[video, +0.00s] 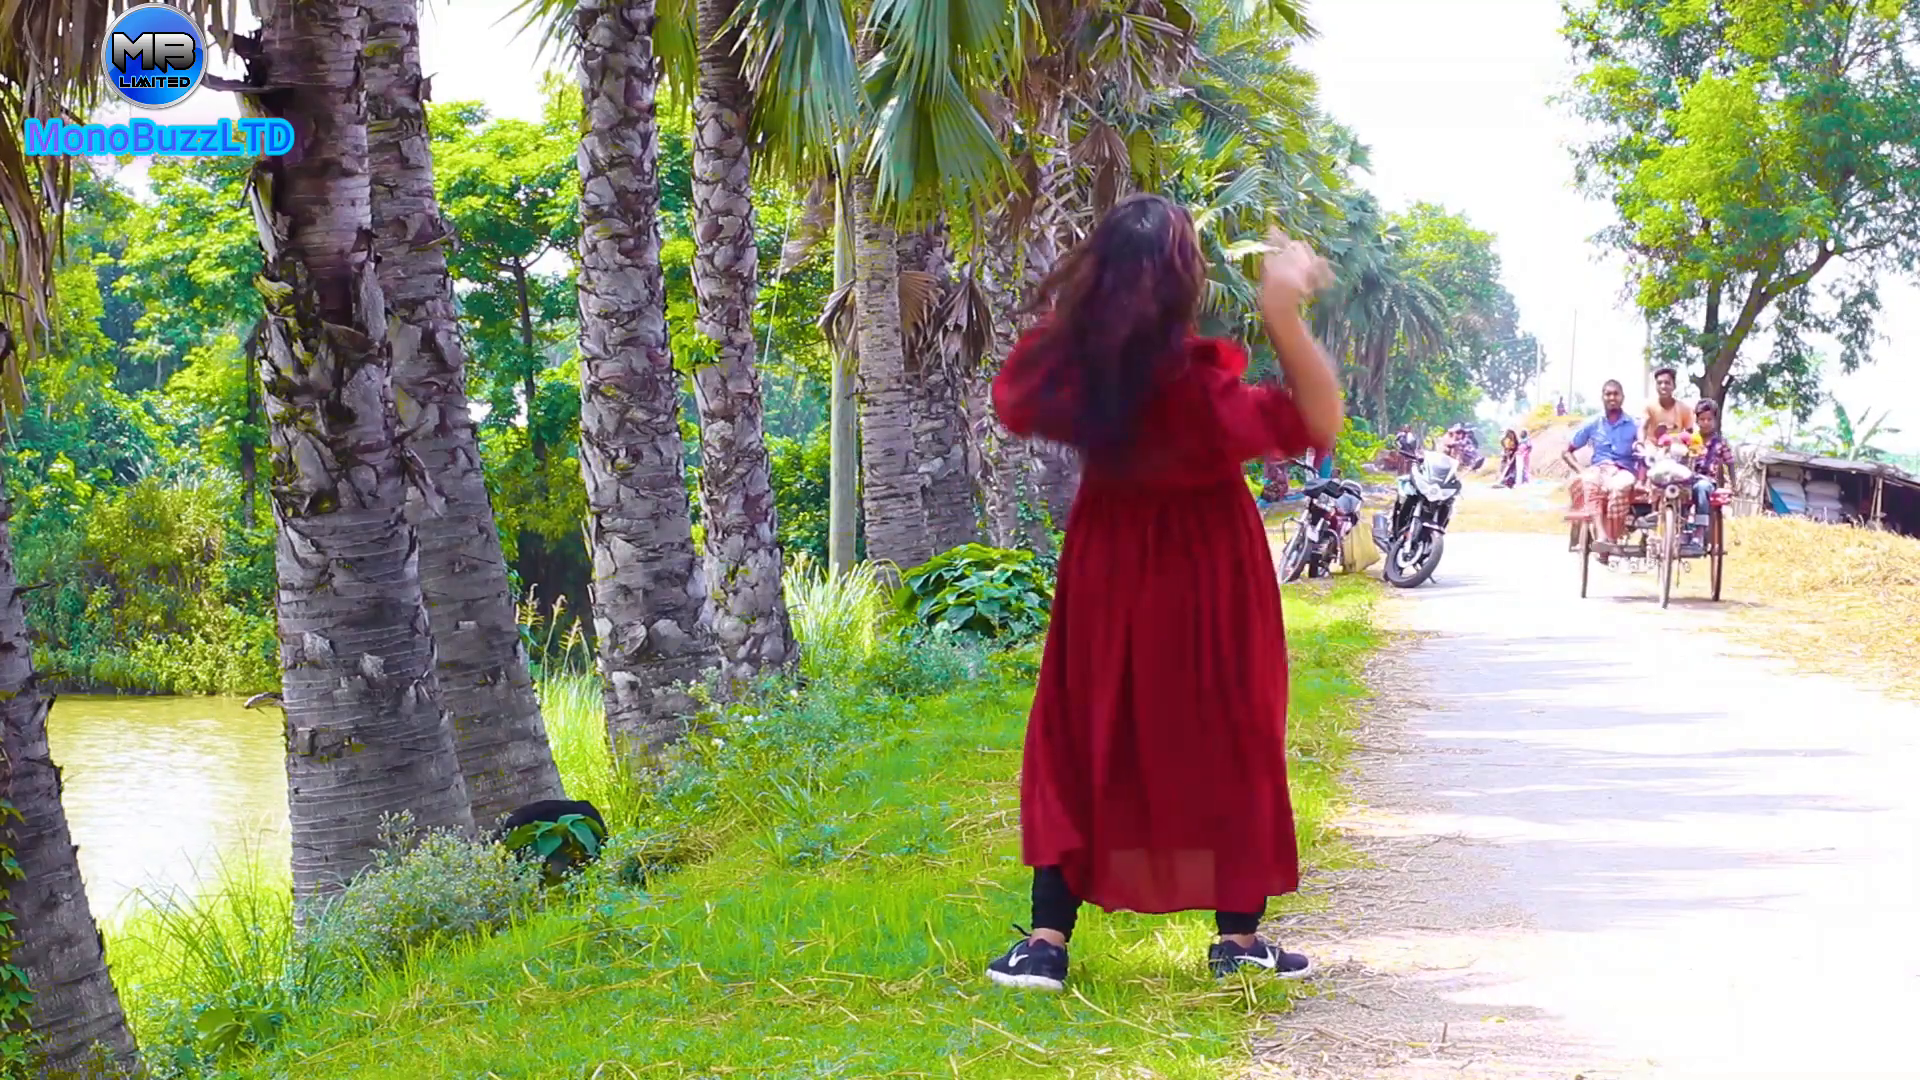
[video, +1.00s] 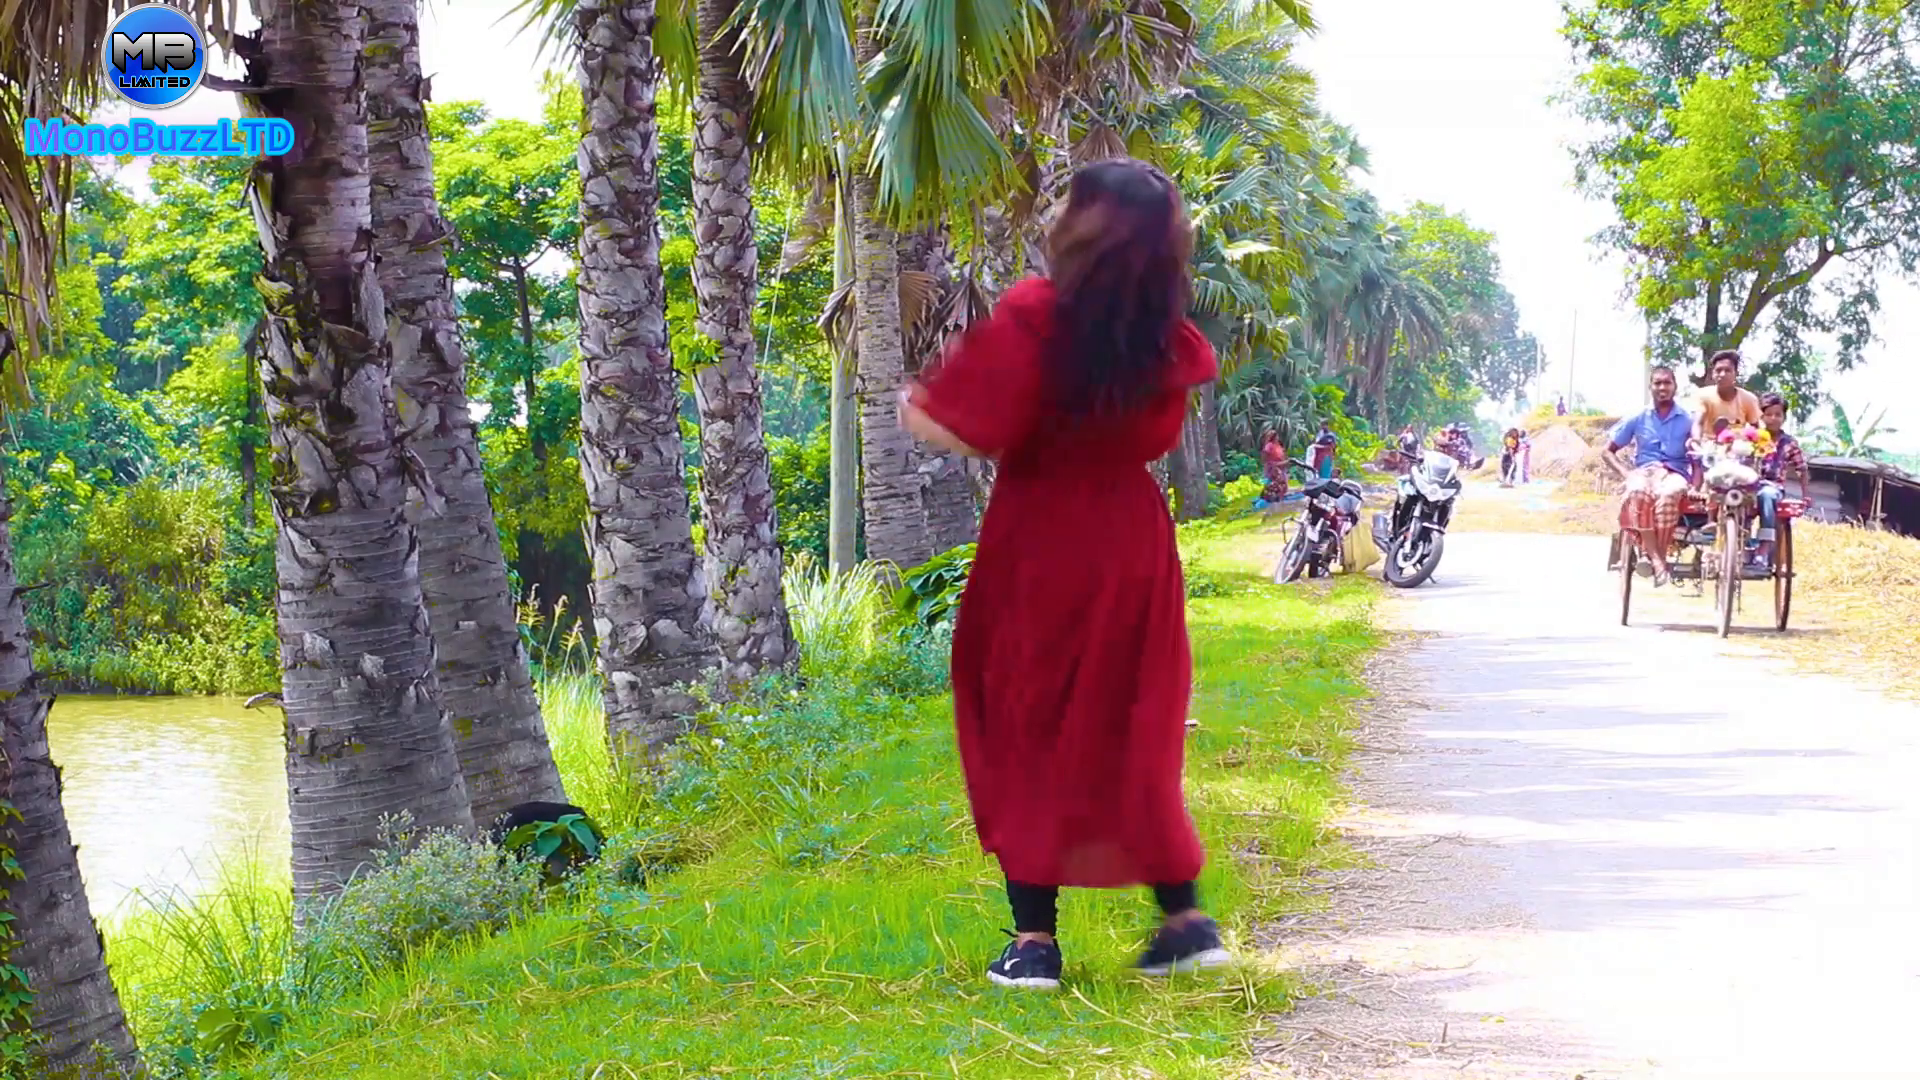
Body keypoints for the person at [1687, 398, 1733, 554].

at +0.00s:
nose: (1705, 423)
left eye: (1709, 419)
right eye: (1702, 419)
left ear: (1716, 420)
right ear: (1697, 420)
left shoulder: (1719, 442)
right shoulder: (1691, 439)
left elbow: (1730, 464)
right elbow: (1681, 459)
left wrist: (1733, 484)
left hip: (1709, 477)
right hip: (1689, 475)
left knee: (1700, 487)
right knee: (1677, 489)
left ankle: (1699, 532)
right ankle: (1681, 529)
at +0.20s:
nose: (1717, 422)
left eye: (1721, 418)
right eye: (1713, 418)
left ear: (1726, 420)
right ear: (1707, 420)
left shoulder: (1730, 442)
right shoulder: (1698, 437)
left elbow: (1741, 465)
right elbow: (1688, 457)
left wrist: (1744, 486)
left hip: (1717, 477)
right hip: (1697, 475)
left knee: (1712, 489)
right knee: (1683, 489)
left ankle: (1709, 536)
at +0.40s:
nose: (1729, 423)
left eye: (1733, 419)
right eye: (1725, 418)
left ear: (1739, 420)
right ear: (1719, 420)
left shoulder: (1744, 443)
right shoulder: (1711, 438)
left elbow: (1755, 467)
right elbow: (1701, 460)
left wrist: (1755, 492)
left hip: (1732, 480)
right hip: (1709, 479)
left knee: (1725, 490)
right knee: (1693, 490)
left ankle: (1721, 538)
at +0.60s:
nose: (1742, 422)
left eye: (1747, 418)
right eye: (1738, 418)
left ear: (1753, 421)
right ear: (1731, 420)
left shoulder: (1757, 443)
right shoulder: (1724, 438)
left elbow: (1769, 469)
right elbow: (1712, 461)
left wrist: (1773, 493)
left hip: (1745, 481)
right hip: (1721, 480)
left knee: (1738, 493)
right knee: (1706, 491)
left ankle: (1736, 544)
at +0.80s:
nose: (1757, 421)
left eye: (1762, 416)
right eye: (1753, 416)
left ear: (1768, 419)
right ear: (1747, 418)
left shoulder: (1773, 444)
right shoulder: (1739, 438)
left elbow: (1786, 469)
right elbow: (1725, 459)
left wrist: (1789, 493)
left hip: (1759, 482)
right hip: (1735, 480)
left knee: (1752, 495)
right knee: (1718, 494)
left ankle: (1750, 546)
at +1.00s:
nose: (1773, 419)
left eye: (1778, 415)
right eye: (1769, 414)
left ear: (1784, 418)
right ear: (1762, 416)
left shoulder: (1789, 443)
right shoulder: (1753, 437)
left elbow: (1801, 469)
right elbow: (1739, 460)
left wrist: (1805, 495)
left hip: (1772, 483)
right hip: (1749, 482)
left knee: (1766, 495)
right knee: (1731, 495)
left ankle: (1763, 549)